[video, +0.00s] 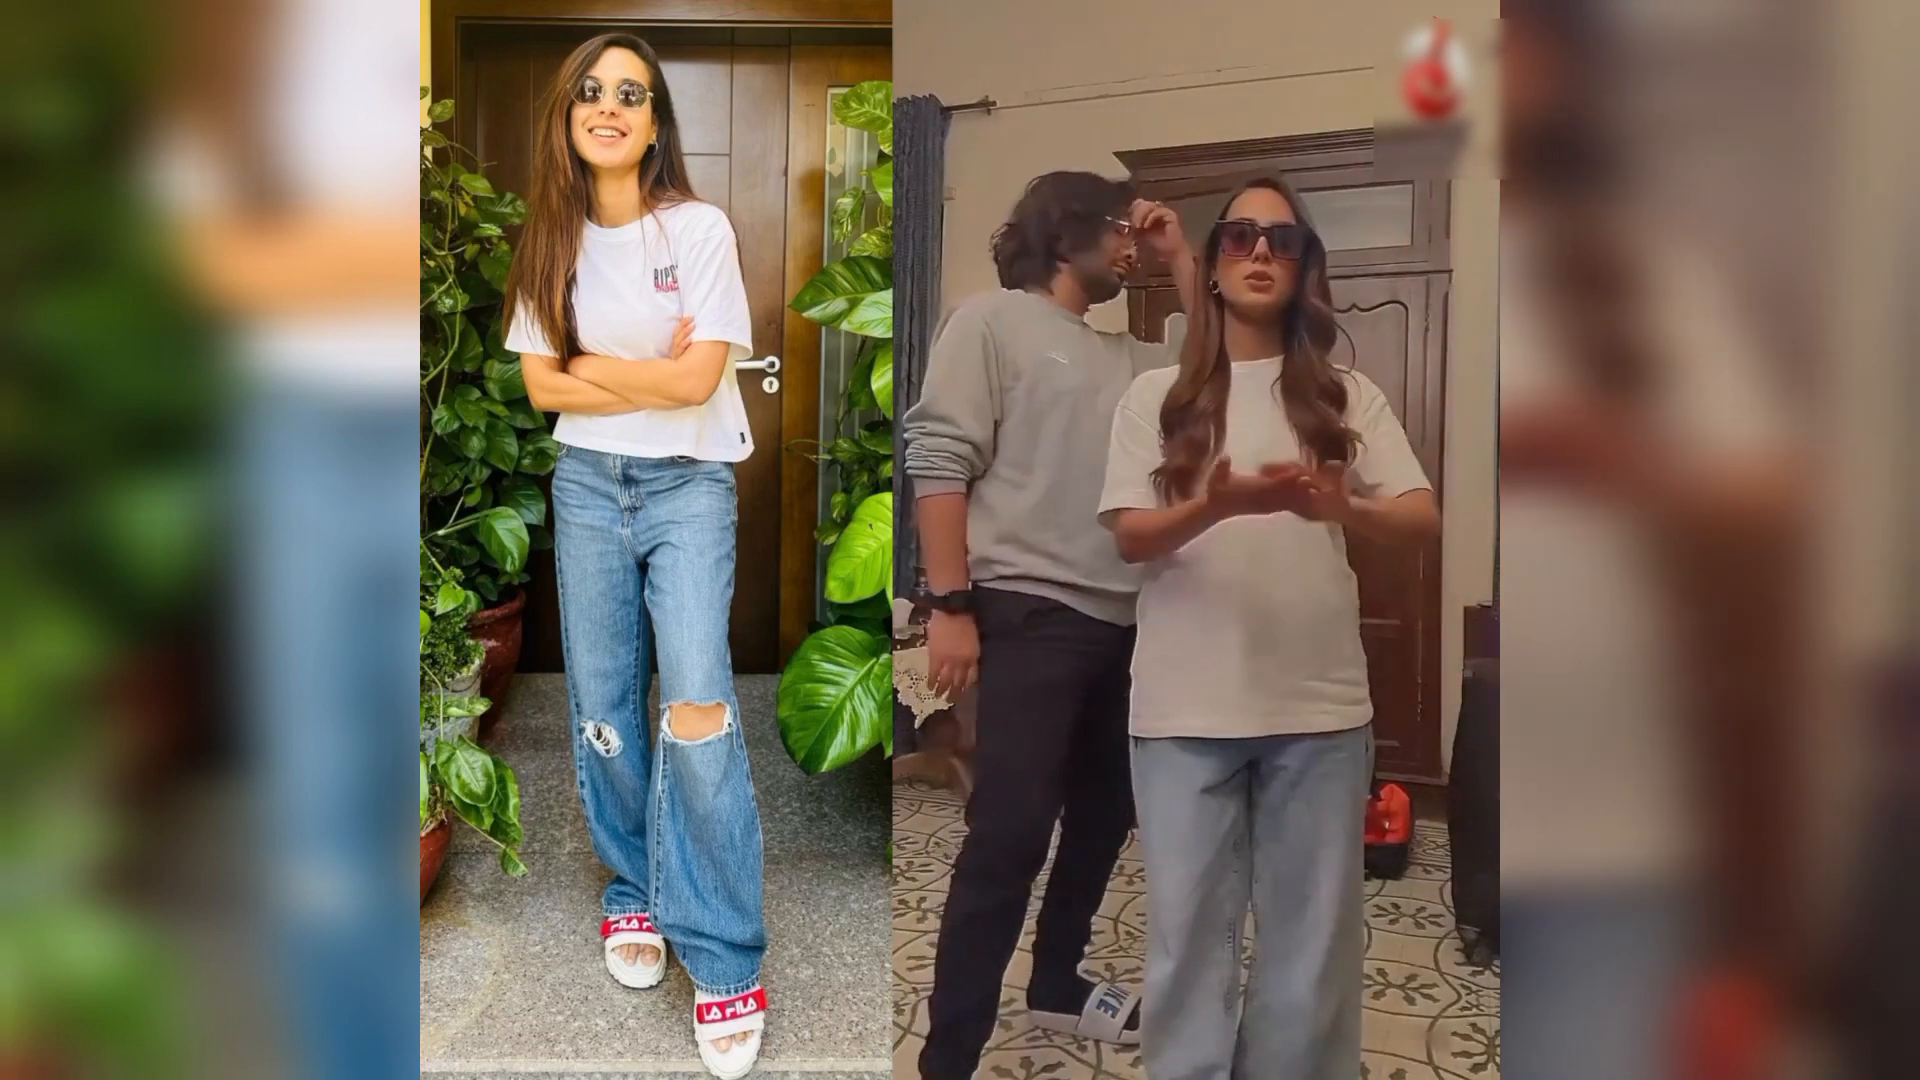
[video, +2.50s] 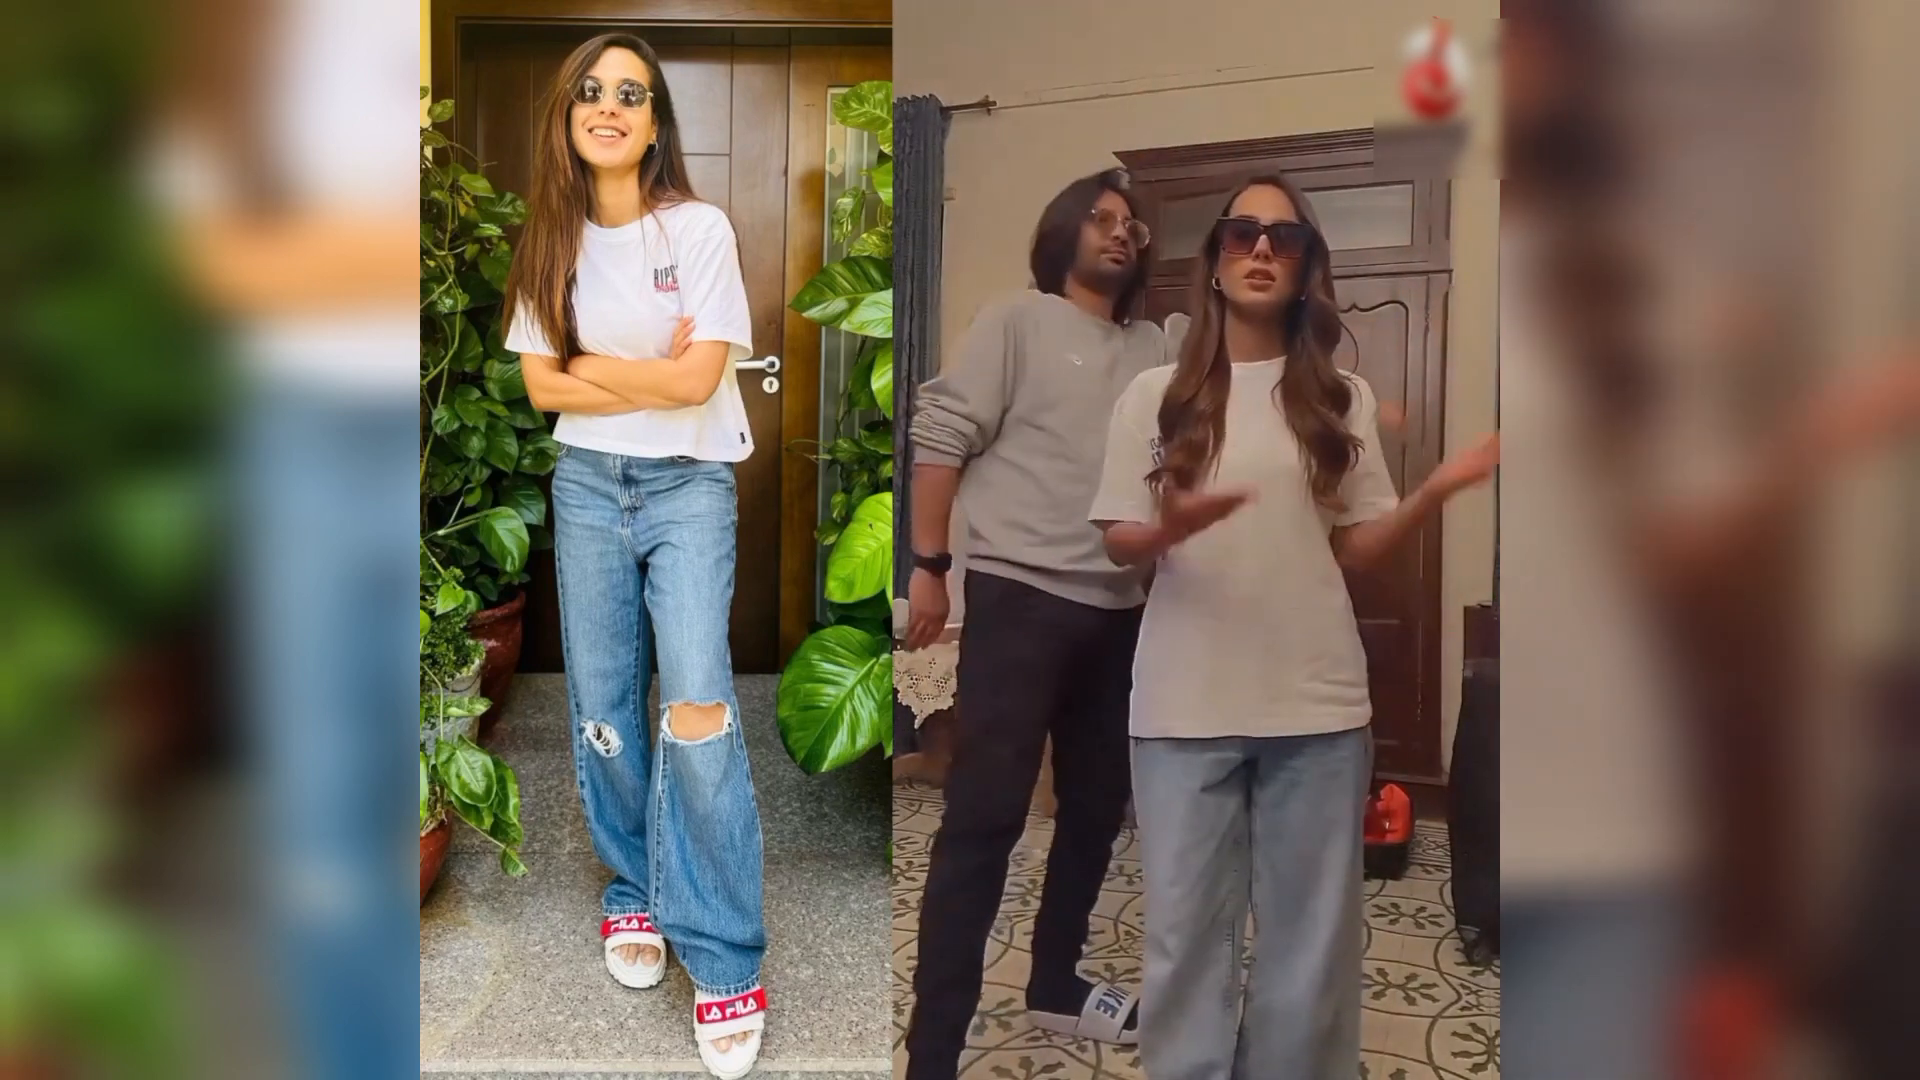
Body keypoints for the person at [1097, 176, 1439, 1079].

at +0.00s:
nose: (1259, 251)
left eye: (1280, 239)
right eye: (1239, 237)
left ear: (1305, 267)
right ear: (1212, 262)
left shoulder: (1348, 393)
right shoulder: (1156, 395)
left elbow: (1422, 520)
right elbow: (1133, 538)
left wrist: (1344, 506)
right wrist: (1217, 504)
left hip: (1321, 714)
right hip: (1183, 716)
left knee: (1314, 955)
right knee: (1184, 947)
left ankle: (1292, 1074)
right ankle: (1186, 1071)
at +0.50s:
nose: (1263, 247)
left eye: (1284, 236)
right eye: (1244, 234)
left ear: (1311, 265)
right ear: (1214, 261)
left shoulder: (1345, 391)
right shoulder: (1160, 394)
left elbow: (1429, 522)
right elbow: (1082, 517)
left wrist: (1462, 382)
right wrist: (1031, 389)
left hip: (1322, 712)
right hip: (1183, 713)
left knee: (1314, 953)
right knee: (1184, 946)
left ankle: (1296, 1074)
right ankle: (1184, 1069)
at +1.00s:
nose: (1263, 245)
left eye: (1285, 234)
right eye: (1245, 231)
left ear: (1312, 264)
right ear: (1215, 258)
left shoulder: (1350, 394)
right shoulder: (1155, 392)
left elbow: (1387, 549)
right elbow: (1117, 538)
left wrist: (1449, 444)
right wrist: (1055, 440)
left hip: (1318, 709)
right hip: (1181, 709)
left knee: (1312, 946)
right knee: (1183, 941)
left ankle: (1295, 1074)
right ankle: (1185, 1068)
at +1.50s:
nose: (1261, 246)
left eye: (1283, 235)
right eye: (1241, 233)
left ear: (1308, 267)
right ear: (1215, 262)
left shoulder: (1349, 395)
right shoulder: (1162, 393)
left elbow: (1378, 547)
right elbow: (1147, 545)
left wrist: (1360, 675)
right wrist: (1124, 665)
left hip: (1315, 712)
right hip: (1183, 712)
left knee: (1310, 952)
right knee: (1184, 945)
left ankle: (1293, 1070)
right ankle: (1185, 1066)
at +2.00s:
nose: (1262, 253)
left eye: (1284, 240)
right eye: (1245, 237)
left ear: (1312, 267)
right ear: (1218, 262)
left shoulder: (1348, 396)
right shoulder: (1163, 391)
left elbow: (1386, 540)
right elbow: (1124, 534)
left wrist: (1343, 611)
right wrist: (1067, 610)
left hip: (1317, 710)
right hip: (1185, 708)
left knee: (1312, 949)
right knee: (1182, 941)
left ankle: (1291, 1077)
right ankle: (1185, 1071)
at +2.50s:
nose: (1262, 248)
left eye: (1283, 237)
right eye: (1243, 234)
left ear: (1308, 264)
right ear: (1213, 256)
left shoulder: (1342, 393)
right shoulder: (1154, 395)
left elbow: (1354, 549)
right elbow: (1120, 544)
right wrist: (1167, 526)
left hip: (1317, 707)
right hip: (1184, 710)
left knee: (1310, 952)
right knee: (1182, 944)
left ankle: (1292, 1077)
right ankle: (1186, 1072)